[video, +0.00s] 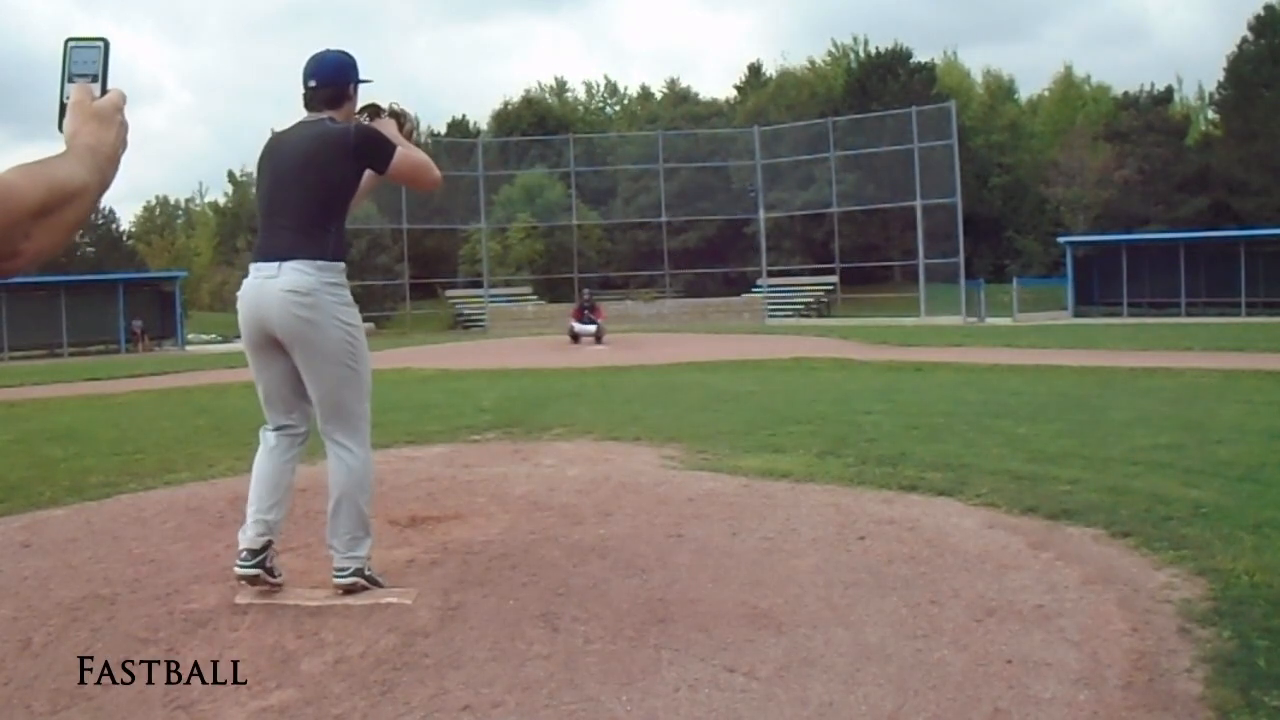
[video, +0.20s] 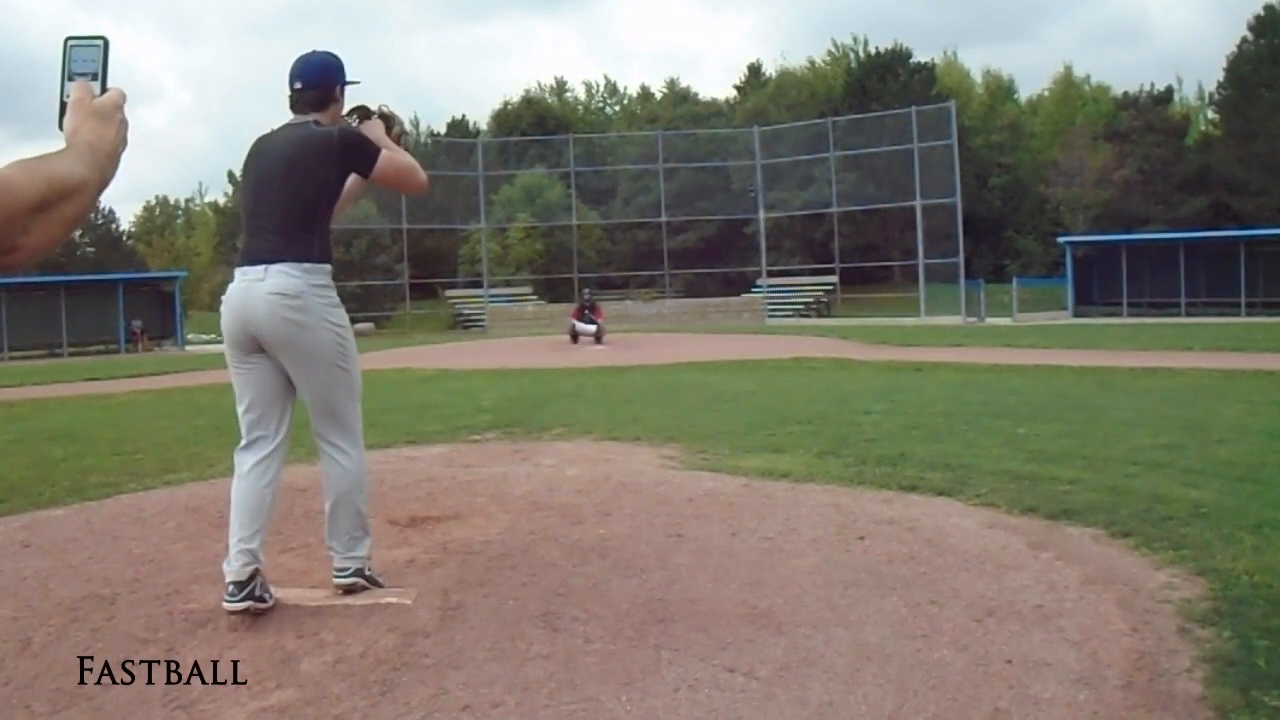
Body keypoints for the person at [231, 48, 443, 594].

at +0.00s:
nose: (356, 98)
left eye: (349, 90)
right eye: (357, 90)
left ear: (306, 94)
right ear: (352, 94)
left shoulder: (276, 143)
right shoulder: (354, 135)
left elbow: (335, 203)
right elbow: (429, 176)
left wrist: (370, 149)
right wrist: (392, 134)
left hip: (255, 292)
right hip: (314, 290)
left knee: (282, 426)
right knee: (347, 437)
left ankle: (253, 551)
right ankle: (350, 564)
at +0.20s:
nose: (343, 100)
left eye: (337, 92)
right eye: (343, 92)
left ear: (292, 96)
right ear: (338, 96)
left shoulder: (261, 147)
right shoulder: (339, 137)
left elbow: (315, 211)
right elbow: (416, 178)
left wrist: (361, 163)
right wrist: (378, 134)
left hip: (240, 295)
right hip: (300, 293)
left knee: (258, 442)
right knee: (340, 438)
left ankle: (241, 577)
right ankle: (350, 565)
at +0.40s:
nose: (318, 105)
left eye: (312, 97)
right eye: (318, 98)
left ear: (266, 101)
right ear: (312, 101)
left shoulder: (233, 153)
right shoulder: (314, 144)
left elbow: (290, 215)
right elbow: (390, 186)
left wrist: (331, 161)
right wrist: (355, 142)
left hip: (212, 302)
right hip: (275, 300)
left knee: (230, 460)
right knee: (324, 441)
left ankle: (239, 599)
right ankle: (349, 564)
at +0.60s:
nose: (297, 108)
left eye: (292, 99)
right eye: (297, 99)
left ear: (244, 101)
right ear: (289, 102)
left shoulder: (210, 153)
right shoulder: (289, 143)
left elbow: (265, 221)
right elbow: (365, 189)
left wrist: (312, 166)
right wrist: (335, 146)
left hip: (188, 304)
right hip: (251, 302)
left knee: (216, 463)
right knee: (310, 431)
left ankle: (234, 601)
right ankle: (329, 560)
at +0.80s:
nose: (284, 106)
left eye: (279, 98)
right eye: (283, 98)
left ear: (230, 99)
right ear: (275, 100)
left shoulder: (196, 152)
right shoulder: (275, 143)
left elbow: (256, 219)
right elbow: (352, 189)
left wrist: (301, 164)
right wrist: (323, 145)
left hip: (180, 306)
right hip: (240, 302)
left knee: (214, 463)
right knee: (297, 423)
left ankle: (234, 602)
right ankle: (288, 558)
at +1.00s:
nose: (279, 107)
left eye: (274, 98)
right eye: (280, 99)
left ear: (226, 100)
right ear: (272, 101)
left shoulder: (194, 153)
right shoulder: (273, 145)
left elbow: (259, 218)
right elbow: (352, 186)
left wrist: (300, 160)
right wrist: (321, 143)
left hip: (178, 310)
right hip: (239, 306)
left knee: (213, 462)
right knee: (297, 423)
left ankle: (234, 602)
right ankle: (286, 557)